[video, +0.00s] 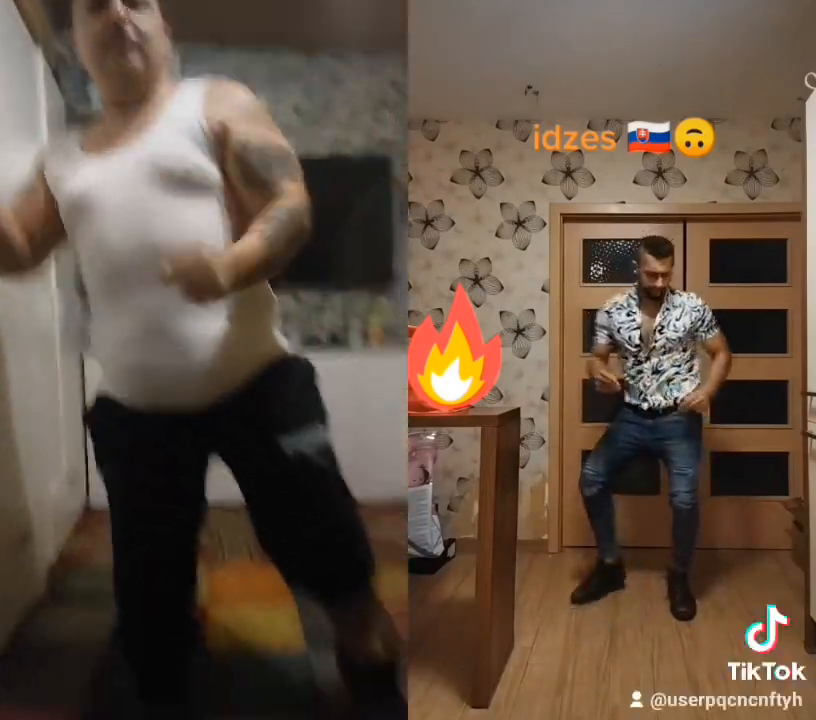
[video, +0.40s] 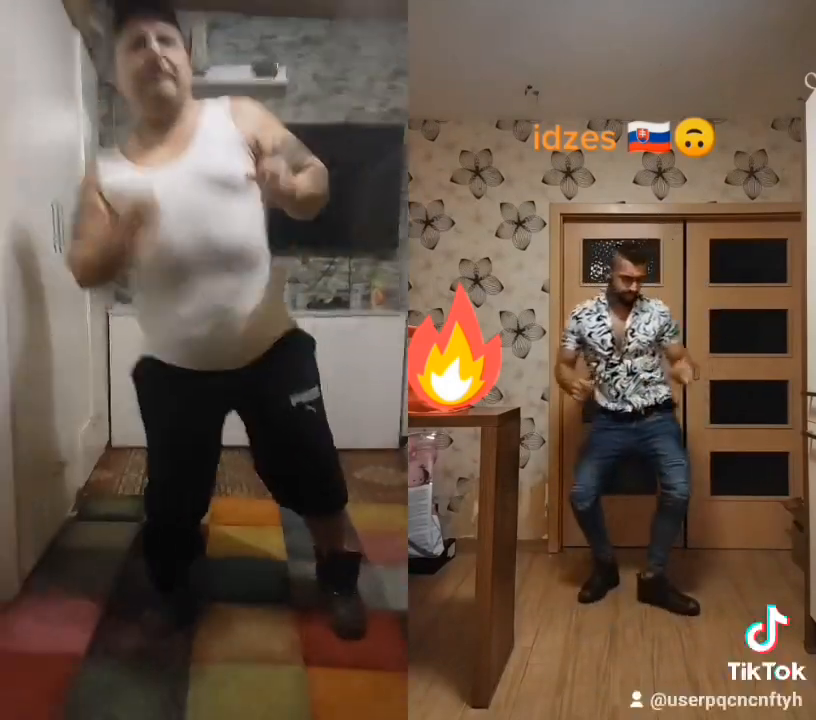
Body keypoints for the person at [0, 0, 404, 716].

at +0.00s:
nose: (122, 20)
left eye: (137, 3)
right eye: (98, 11)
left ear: (165, 23)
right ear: (72, 42)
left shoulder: (221, 105)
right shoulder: (68, 158)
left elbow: (292, 207)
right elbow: (18, 249)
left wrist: (227, 267)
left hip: (254, 387)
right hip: (136, 406)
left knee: (327, 546)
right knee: (149, 591)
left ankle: (372, 680)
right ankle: (158, 705)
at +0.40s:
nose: (156, 53)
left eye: (167, 41)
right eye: (137, 45)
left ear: (189, 60)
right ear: (117, 74)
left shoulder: (240, 116)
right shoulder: (109, 171)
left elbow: (315, 180)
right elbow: (84, 272)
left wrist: (291, 187)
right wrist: (116, 241)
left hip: (269, 349)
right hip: (175, 365)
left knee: (314, 478)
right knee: (173, 502)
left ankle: (341, 580)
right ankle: (169, 603)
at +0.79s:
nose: (257, 87)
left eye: (269, 76)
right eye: (242, 79)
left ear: (289, 93)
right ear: (222, 101)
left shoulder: (328, 151)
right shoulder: (207, 185)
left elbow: (373, 226)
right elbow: (181, 261)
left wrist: (311, 177)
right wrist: (175, 295)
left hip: (314, 369)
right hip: (225, 367)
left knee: (326, 487)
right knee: (198, 481)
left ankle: (321, 556)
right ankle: (175, 567)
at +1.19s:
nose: (278, 181)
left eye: (291, 170)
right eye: (266, 172)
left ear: (316, 185)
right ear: (251, 188)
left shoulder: (344, 252)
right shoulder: (222, 254)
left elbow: (377, 331)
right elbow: (185, 316)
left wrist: (337, 343)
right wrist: (167, 322)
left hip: (299, 449)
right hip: (210, 441)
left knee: (303, 577)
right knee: (174, 566)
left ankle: (308, 649)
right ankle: (156, 658)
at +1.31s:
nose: (277, 186)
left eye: (291, 175)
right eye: (264, 176)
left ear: (315, 191)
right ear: (249, 194)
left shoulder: (347, 261)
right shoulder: (220, 262)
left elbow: (389, 346)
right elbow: (171, 333)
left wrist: (350, 339)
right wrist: (158, 304)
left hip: (303, 462)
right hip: (212, 457)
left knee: (314, 587)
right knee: (186, 577)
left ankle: (320, 656)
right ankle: (165, 667)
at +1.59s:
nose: (280, 222)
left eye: (295, 209)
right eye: (267, 212)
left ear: (323, 221)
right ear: (252, 229)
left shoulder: (362, 299)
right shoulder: (225, 301)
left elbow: (396, 378)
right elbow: (182, 371)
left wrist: (394, 408)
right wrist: (164, 378)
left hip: (329, 513)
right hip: (228, 512)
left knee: (367, 660)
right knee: (207, 663)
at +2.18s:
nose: (152, 205)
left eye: (164, 186)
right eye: (128, 200)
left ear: (192, 197)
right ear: (111, 233)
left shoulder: (266, 245)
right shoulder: (134, 338)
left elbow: (374, 297)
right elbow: (132, 449)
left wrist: (376, 251)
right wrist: (140, 424)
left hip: (384, 490)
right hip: (280, 544)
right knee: (345, 693)